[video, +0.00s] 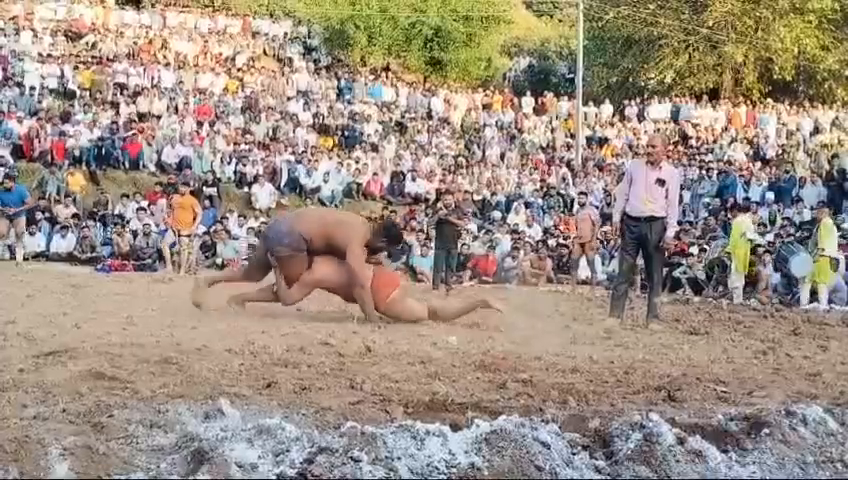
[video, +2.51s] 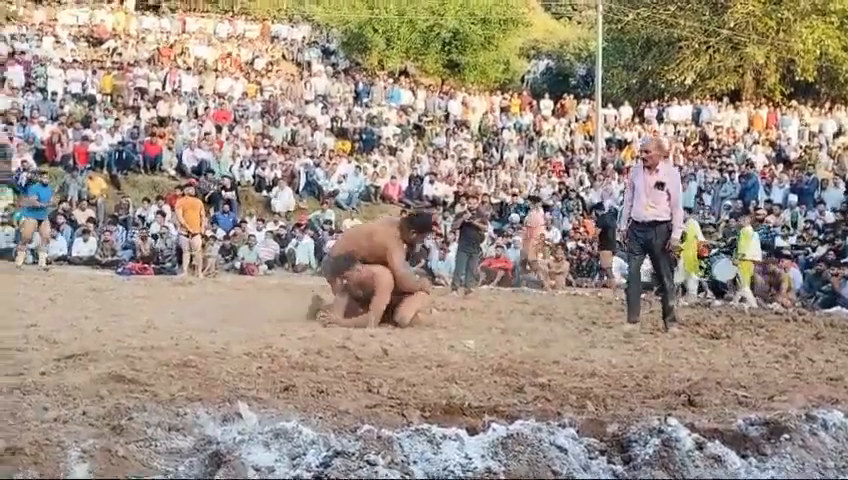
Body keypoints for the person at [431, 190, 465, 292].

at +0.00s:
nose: (447, 202)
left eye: (449, 199)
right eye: (445, 200)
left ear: (453, 200)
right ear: (442, 201)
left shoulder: (458, 211)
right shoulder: (438, 211)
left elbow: (464, 223)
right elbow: (430, 222)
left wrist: (450, 219)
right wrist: (438, 215)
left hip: (453, 241)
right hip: (440, 241)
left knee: (451, 266)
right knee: (438, 266)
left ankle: (449, 285)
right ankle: (436, 285)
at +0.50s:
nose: (452, 206)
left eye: (454, 203)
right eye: (449, 203)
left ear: (457, 204)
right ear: (446, 204)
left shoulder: (461, 215)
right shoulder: (442, 215)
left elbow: (466, 228)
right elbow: (433, 226)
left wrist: (452, 222)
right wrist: (441, 219)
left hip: (455, 245)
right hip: (442, 244)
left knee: (453, 269)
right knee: (440, 268)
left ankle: (452, 288)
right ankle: (438, 287)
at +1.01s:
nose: (454, 202)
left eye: (456, 200)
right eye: (451, 200)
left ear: (460, 201)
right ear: (448, 201)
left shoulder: (463, 212)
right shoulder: (443, 211)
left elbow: (468, 225)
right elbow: (435, 222)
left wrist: (455, 219)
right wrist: (443, 216)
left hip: (457, 241)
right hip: (444, 240)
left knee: (455, 266)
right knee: (442, 265)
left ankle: (452, 285)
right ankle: (439, 284)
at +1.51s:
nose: (457, 200)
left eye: (460, 198)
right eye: (456, 197)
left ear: (463, 199)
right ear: (452, 198)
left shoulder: (467, 211)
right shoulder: (446, 209)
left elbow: (471, 223)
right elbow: (439, 221)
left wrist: (459, 217)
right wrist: (447, 214)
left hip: (461, 240)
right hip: (448, 239)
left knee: (458, 265)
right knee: (445, 263)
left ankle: (454, 284)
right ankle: (441, 283)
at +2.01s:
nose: (459, 200)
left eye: (462, 198)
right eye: (457, 198)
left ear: (465, 198)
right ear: (454, 198)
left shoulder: (469, 211)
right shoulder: (449, 209)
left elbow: (473, 223)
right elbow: (441, 222)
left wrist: (462, 218)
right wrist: (450, 214)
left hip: (463, 242)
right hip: (450, 241)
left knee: (459, 266)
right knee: (447, 265)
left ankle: (455, 285)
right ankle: (443, 284)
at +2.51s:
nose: (472, 205)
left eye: (474, 203)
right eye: (470, 203)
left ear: (477, 204)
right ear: (466, 203)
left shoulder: (481, 216)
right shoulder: (461, 215)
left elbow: (485, 228)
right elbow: (454, 227)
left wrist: (474, 222)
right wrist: (463, 218)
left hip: (475, 246)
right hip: (463, 245)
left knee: (472, 269)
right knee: (459, 268)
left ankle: (469, 288)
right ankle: (455, 287)